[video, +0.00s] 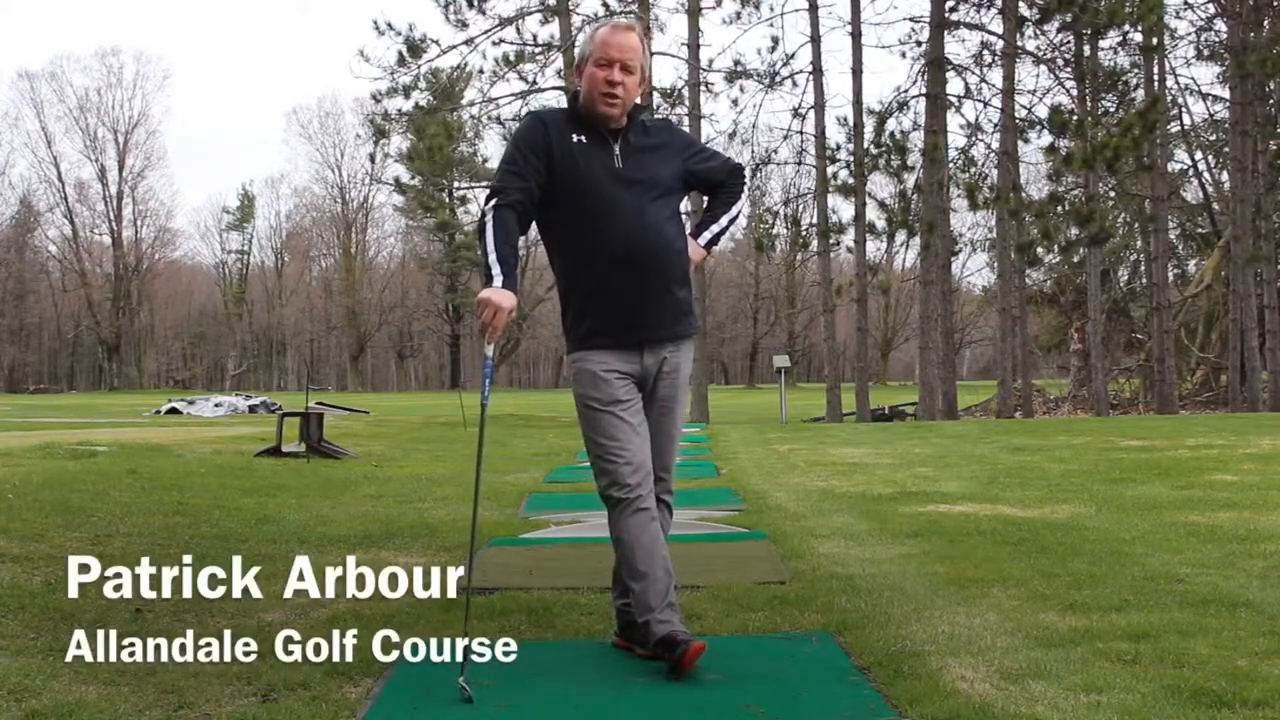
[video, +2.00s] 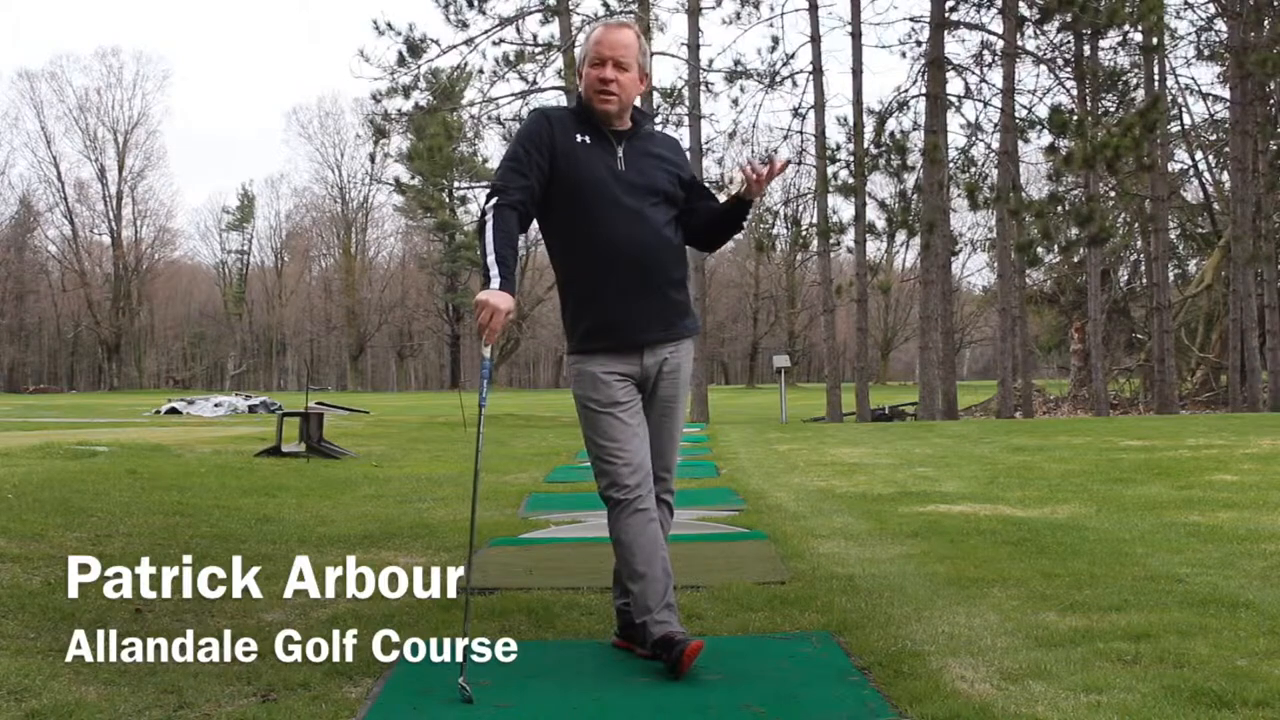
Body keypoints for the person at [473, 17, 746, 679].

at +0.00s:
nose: (613, 78)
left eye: (626, 69)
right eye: (603, 65)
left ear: (641, 82)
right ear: (579, 71)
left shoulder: (666, 139)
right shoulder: (544, 132)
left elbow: (731, 179)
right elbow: (506, 204)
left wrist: (702, 239)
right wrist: (502, 281)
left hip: (672, 339)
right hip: (597, 343)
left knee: (657, 488)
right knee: (631, 485)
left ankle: (633, 619)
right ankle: (667, 631)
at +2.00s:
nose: (607, 75)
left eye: (620, 66)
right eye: (598, 63)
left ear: (642, 80)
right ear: (580, 71)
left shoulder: (664, 149)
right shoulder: (549, 129)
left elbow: (704, 233)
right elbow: (508, 205)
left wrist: (742, 198)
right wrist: (500, 283)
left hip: (672, 342)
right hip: (600, 348)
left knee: (657, 490)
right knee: (628, 488)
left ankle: (634, 620)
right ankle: (663, 627)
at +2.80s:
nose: (597, 75)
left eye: (611, 64)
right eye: (587, 63)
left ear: (634, 75)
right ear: (571, 70)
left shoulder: (661, 144)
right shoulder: (541, 128)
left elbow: (696, 240)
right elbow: (497, 207)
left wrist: (690, 223)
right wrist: (497, 284)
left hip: (655, 340)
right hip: (576, 340)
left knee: (647, 483)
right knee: (585, 466)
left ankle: (638, 615)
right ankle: (594, 622)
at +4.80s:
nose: (541, 66)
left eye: (553, 55)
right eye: (528, 52)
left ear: (565, 65)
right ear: (499, 59)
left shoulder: (590, 134)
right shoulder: (456, 139)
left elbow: (644, 213)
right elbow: (430, 241)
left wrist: (650, 190)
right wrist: (433, 334)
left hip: (579, 341)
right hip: (497, 346)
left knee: (595, 493)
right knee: (516, 496)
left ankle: (608, 627)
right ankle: (527, 630)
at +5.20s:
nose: (544, 68)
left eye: (554, 58)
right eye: (531, 55)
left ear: (563, 66)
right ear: (496, 59)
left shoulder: (582, 132)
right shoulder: (451, 141)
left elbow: (622, 206)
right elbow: (426, 246)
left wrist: (637, 240)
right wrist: (430, 339)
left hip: (577, 341)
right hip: (494, 346)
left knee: (594, 493)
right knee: (514, 496)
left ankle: (608, 628)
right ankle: (527, 631)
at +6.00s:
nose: (526, 67)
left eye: (537, 56)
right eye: (513, 53)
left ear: (548, 64)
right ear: (484, 58)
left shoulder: (576, 133)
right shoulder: (442, 143)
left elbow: (621, 216)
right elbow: (417, 245)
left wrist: (619, 232)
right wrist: (428, 342)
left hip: (572, 338)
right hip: (488, 344)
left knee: (593, 492)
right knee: (511, 496)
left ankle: (607, 628)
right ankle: (528, 632)